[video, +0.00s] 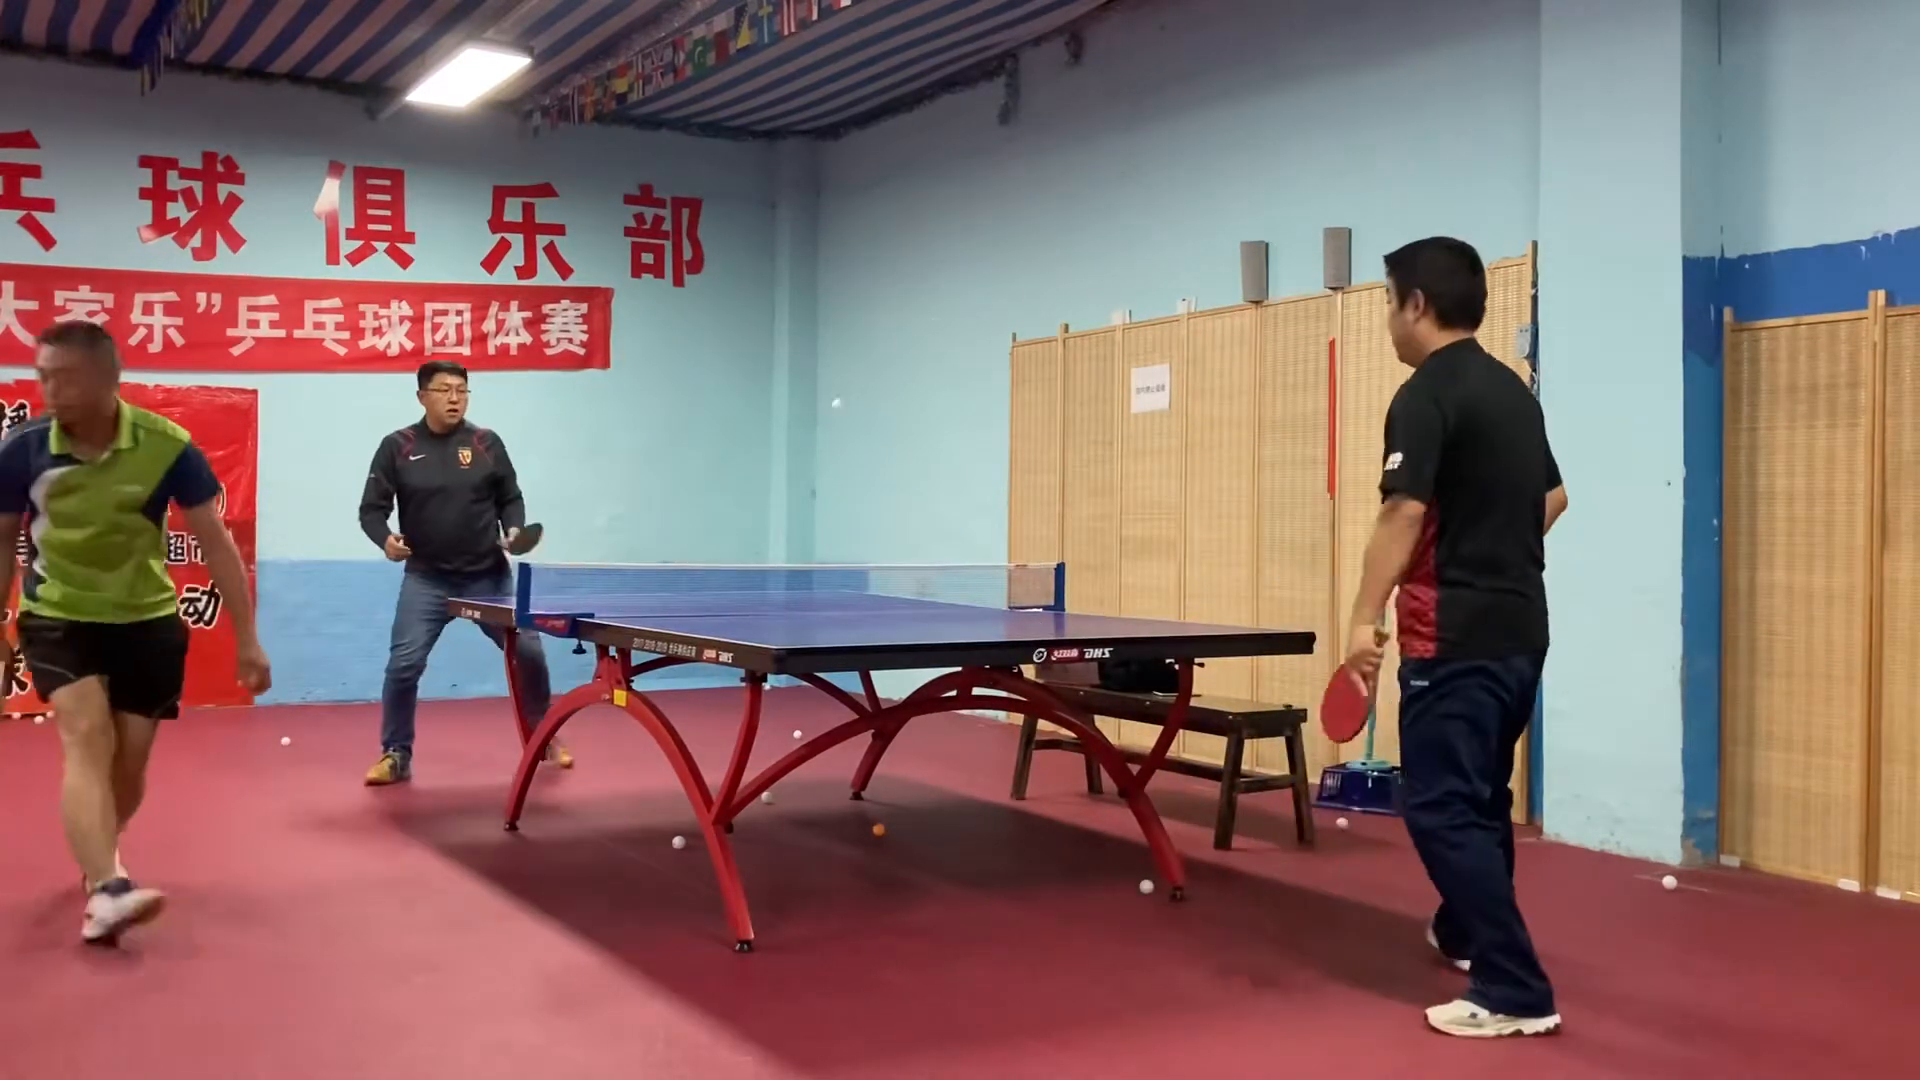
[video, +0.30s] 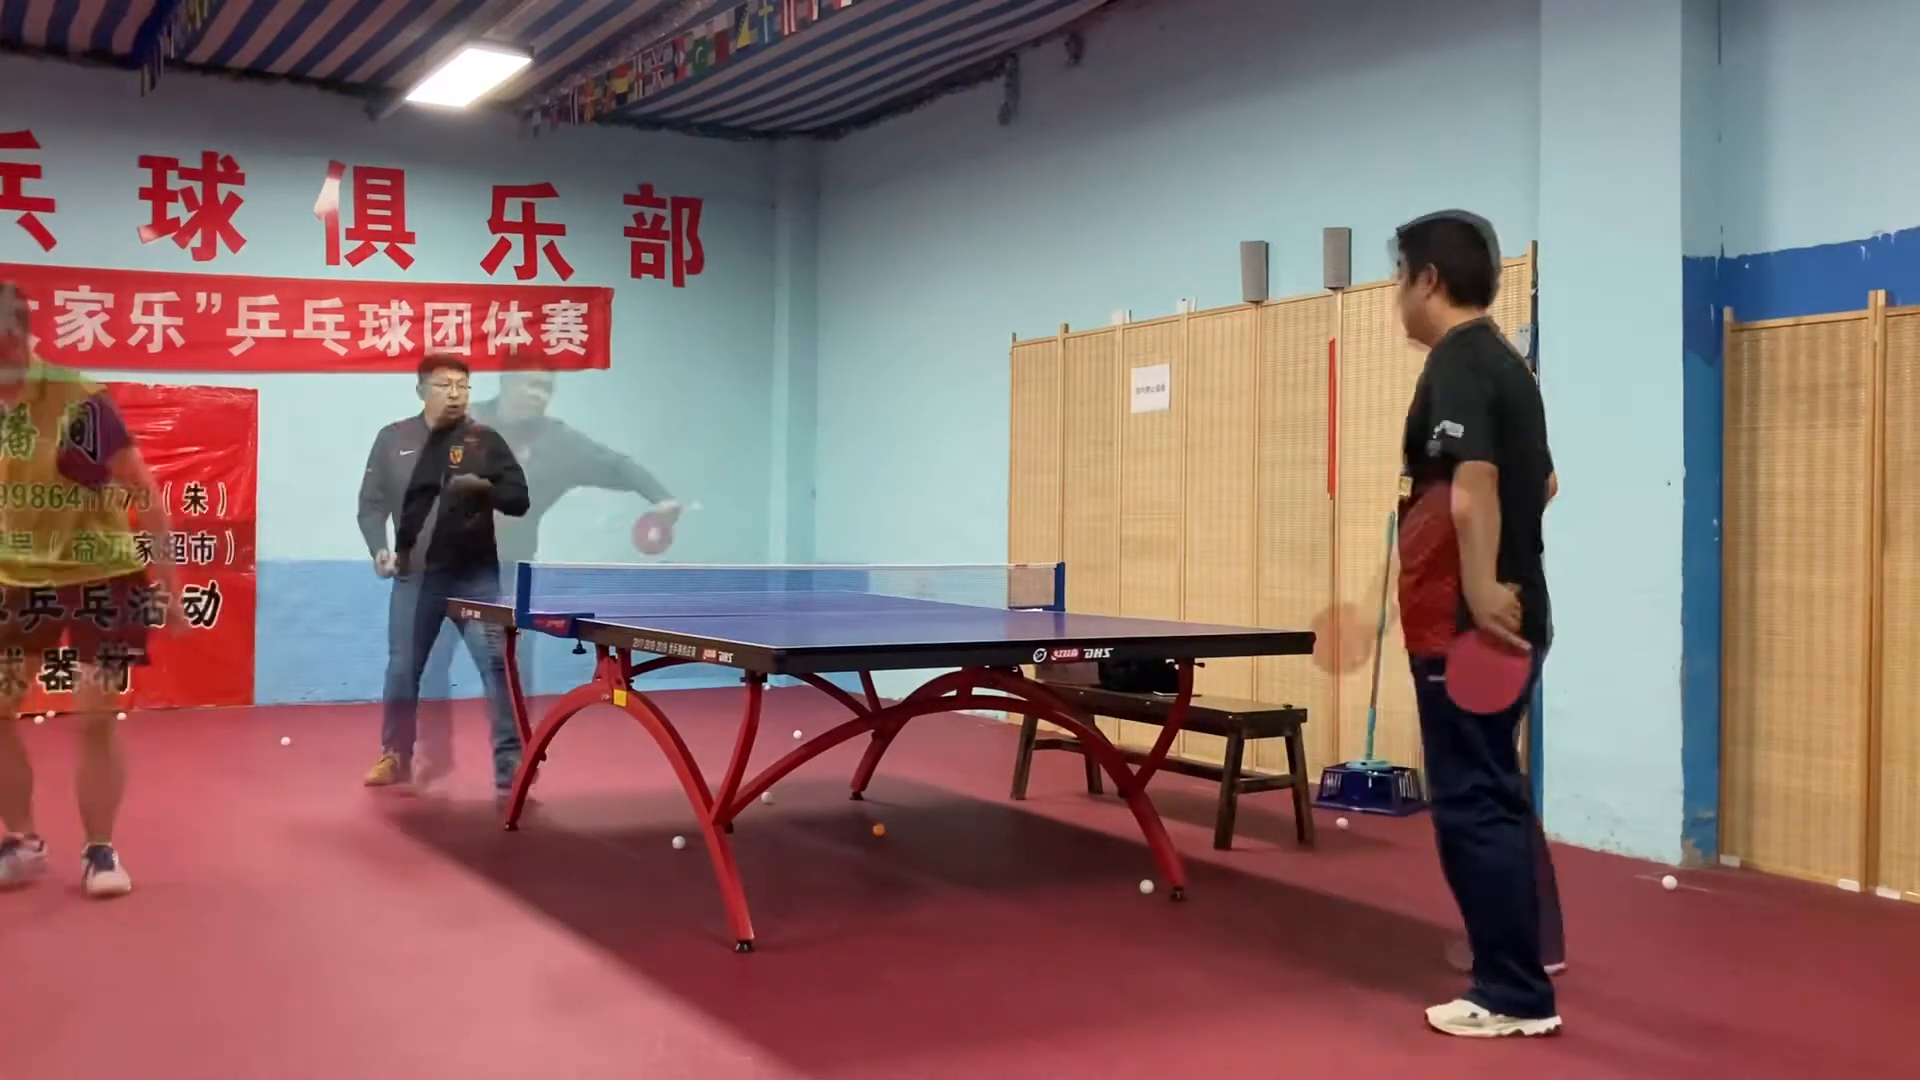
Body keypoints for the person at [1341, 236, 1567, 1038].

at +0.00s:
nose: (1388, 321)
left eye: (1391, 306)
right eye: (1388, 306)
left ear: (1417, 304)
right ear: (1469, 307)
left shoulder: (1425, 393)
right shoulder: (1510, 385)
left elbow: (1403, 513)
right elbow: (1551, 497)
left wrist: (1363, 619)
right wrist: (1487, 556)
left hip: (1456, 638)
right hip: (1516, 632)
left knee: (1436, 806)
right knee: (1482, 790)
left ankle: (1515, 993)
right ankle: (1465, 926)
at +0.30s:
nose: (1395, 299)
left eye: (1398, 282)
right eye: (1397, 282)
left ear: (1429, 281)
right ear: (1468, 282)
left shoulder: (1460, 360)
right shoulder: (1500, 360)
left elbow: (1477, 485)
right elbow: (1539, 480)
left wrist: (1483, 591)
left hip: (1465, 625)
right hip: (1500, 617)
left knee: (1471, 803)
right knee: (1492, 791)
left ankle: (1514, 994)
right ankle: (1526, 953)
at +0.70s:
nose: (1350, 344)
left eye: (1350, 328)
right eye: (1349, 329)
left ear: (1372, 324)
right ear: (1422, 319)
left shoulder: (1408, 390)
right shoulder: (1465, 387)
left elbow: (1416, 503)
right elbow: (1484, 511)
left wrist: (1369, 595)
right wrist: (1386, 604)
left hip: (1453, 635)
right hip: (1501, 630)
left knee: (1400, 795)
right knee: (1451, 784)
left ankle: (1429, 973)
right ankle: (1495, 935)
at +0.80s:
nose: (1350, 358)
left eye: (1348, 344)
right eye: (1347, 345)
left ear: (1364, 339)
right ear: (1421, 333)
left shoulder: (1389, 396)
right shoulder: (1470, 398)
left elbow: (1397, 500)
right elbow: (1497, 515)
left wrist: (1368, 605)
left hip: (1441, 633)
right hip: (1498, 628)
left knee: (1390, 790)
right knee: (1450, 775)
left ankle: (1425, 972)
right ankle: (1483, 927)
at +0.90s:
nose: (1357, 364)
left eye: (1356, 352)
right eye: (1355, 353)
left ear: (1371, 346)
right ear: (1426, 342)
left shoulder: (1386, 396)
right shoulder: (1479, 407)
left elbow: (1389, 494)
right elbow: (1492, 525)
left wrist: (1370, 593)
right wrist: (1413, 605)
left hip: (1435, 628)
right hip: (1497, 625)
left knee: (1395, 790)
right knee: (1466, 781)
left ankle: (1420, 971)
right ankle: (1477, 941)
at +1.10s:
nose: (1372, 363)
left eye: (1372, 354)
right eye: (1371, 356)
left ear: (1381, 346)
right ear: (1444, 341)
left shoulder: (1388, 384)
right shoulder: (1490, 407)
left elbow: (1389, 466)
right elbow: (1502, 512)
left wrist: (1371, 563)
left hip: (1430, 619)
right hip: (1499, 620)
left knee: (1411, 782)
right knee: (1471, 779)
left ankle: (1420, 952)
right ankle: (1477, 938)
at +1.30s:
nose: (1366, 350)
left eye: (1366, 340)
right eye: (1364, 341)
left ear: (1380, 334)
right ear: (1437, 332)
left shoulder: (1388, 378)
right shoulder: (1475, 397)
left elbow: (1390, 459)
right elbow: (1489, 502)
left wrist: (1353, 555)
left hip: (1421, 612)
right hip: (1488, 612)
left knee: (1395, 770)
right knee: (1468, 769)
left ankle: (1431, 931)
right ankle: (1480, 929)